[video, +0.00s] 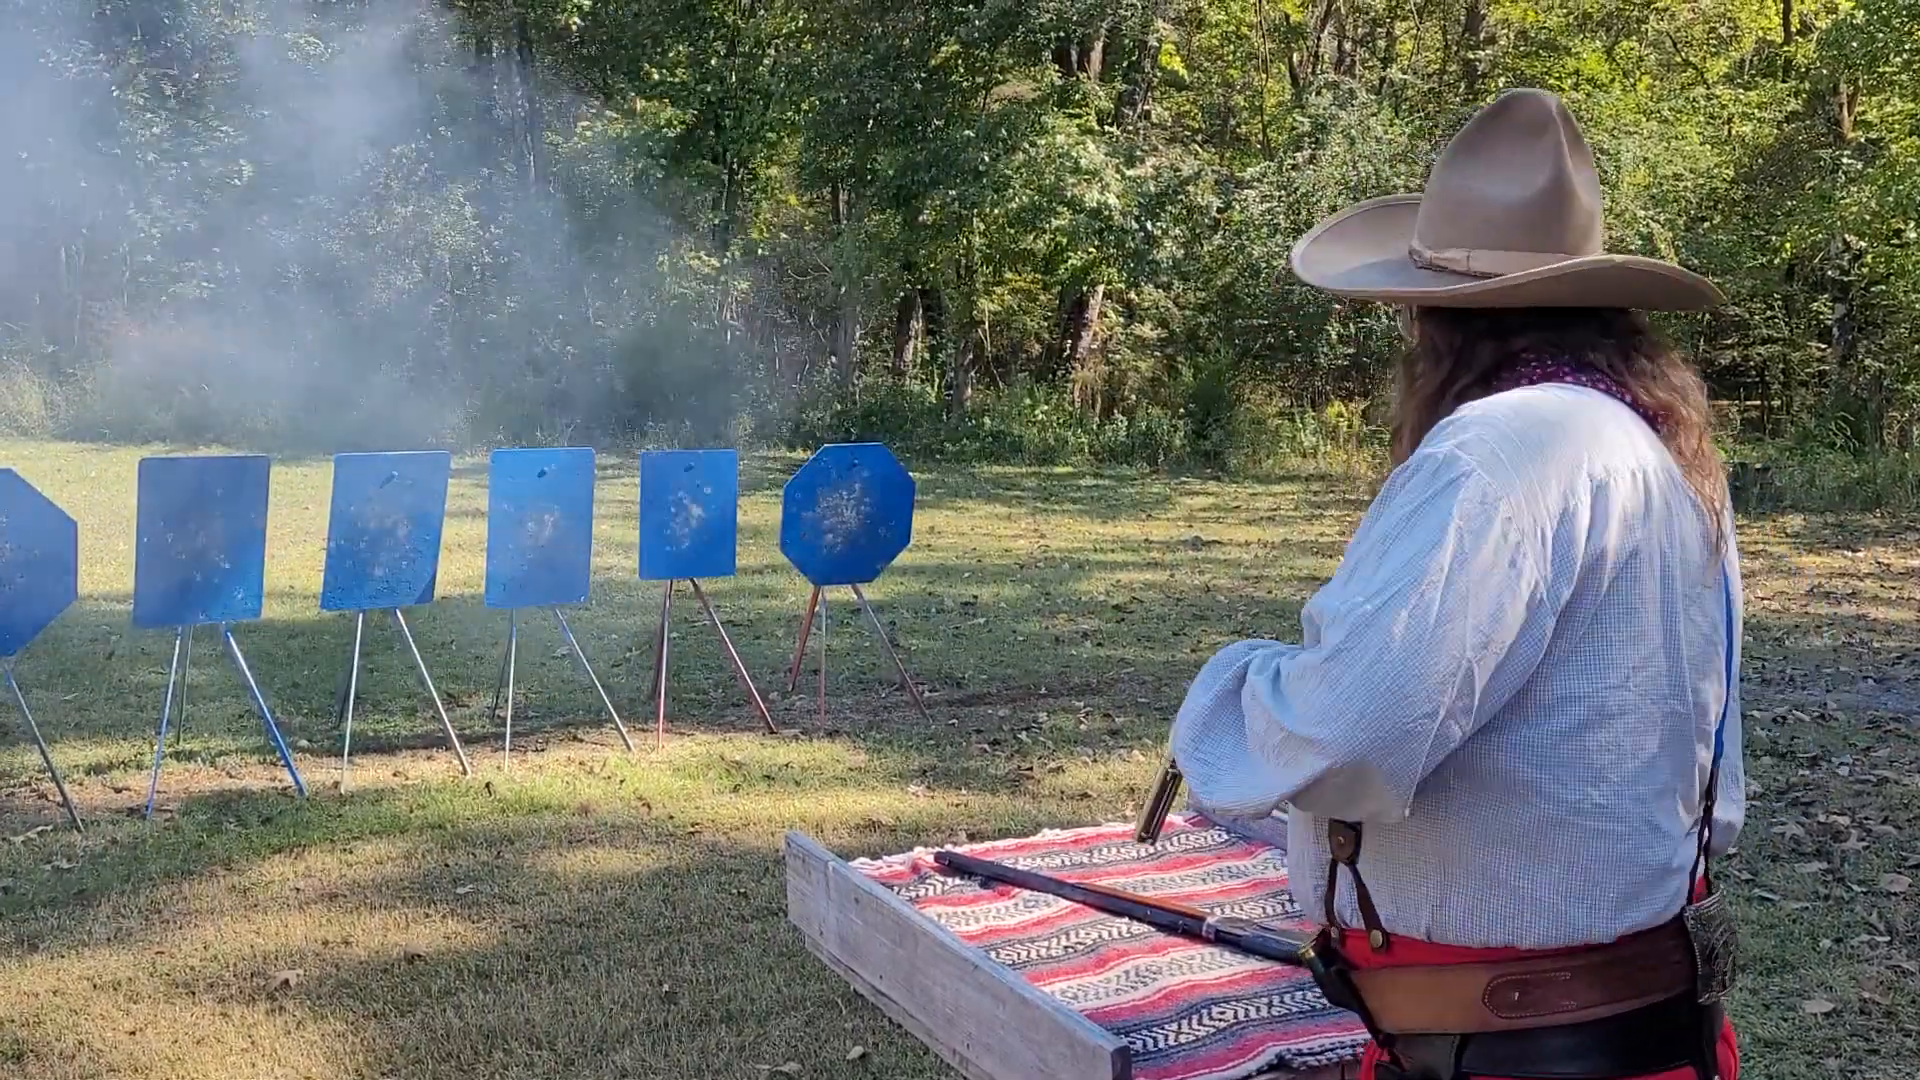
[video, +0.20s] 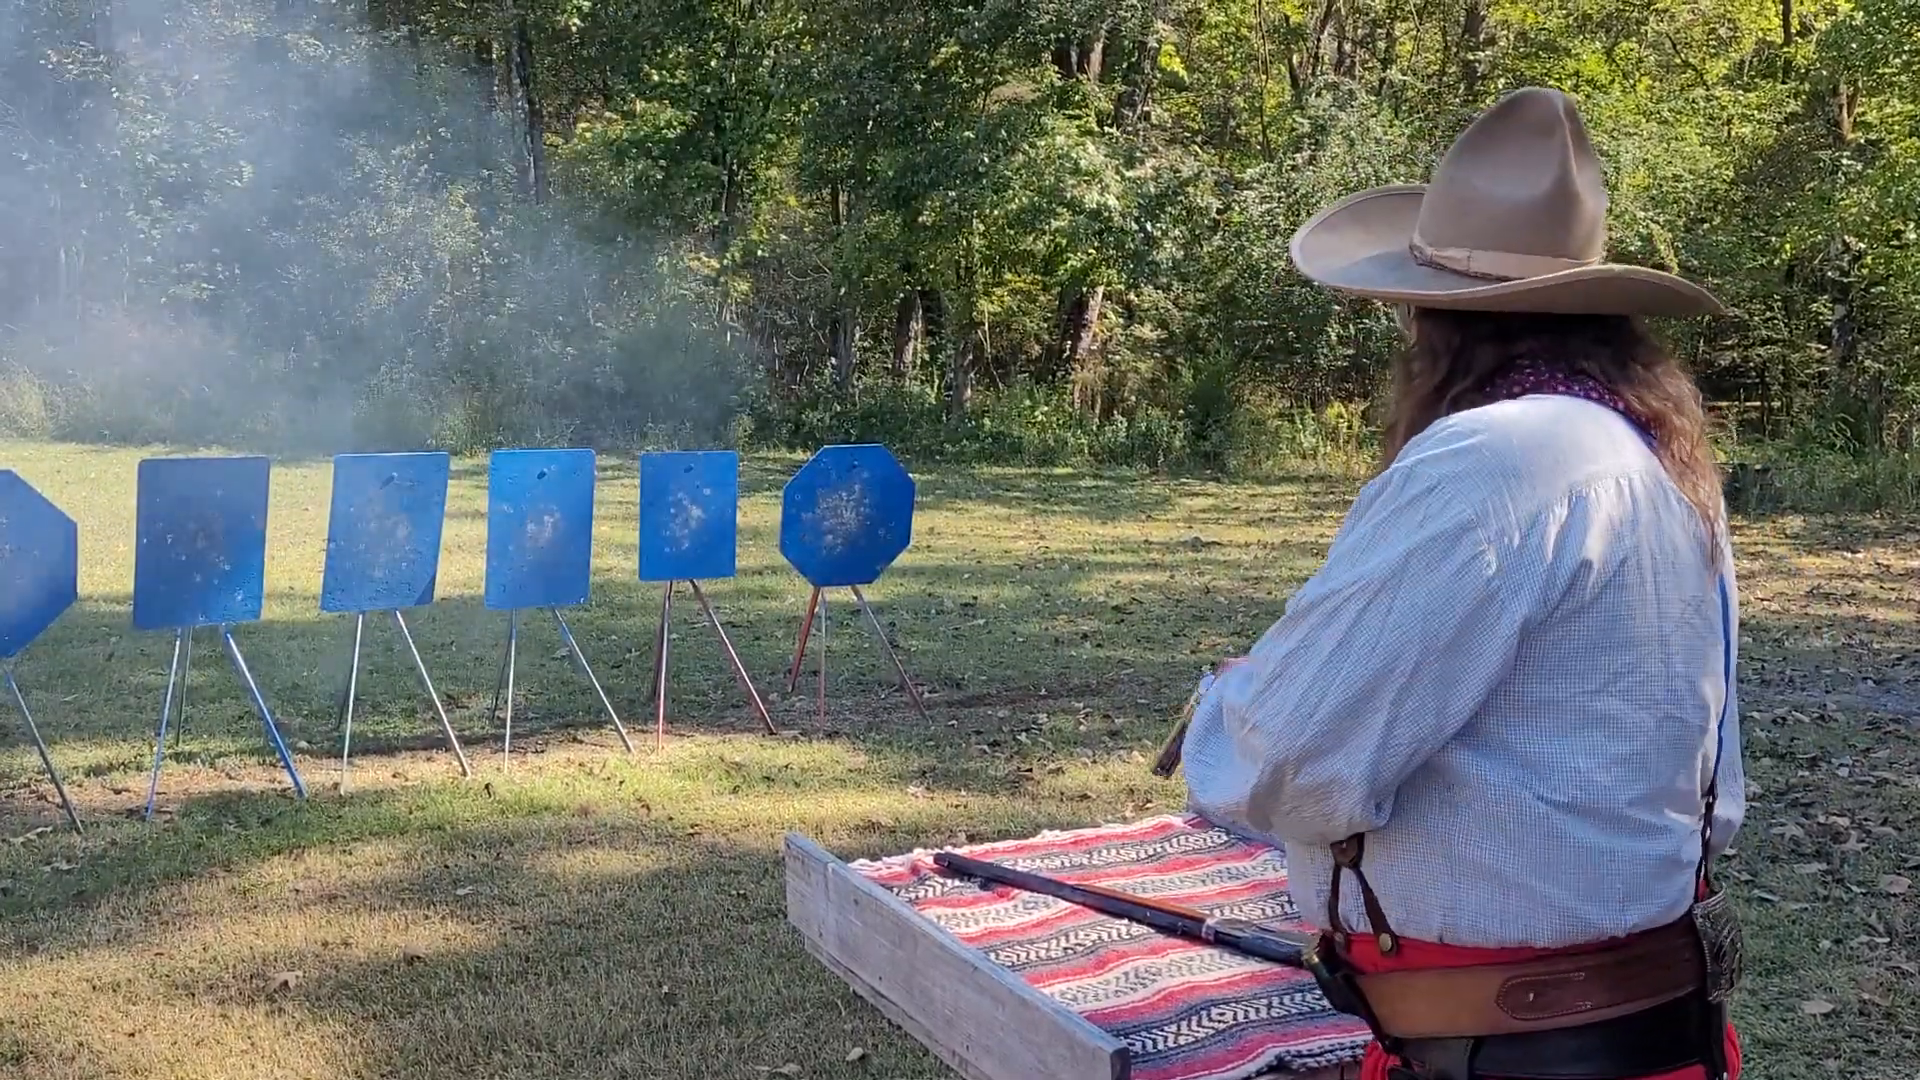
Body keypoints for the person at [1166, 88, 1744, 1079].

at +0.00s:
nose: (1406, 328)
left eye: (1417, 305)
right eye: (1410, 303)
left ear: (1457, 315)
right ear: (1589, 307)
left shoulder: (1503, 453)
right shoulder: (1665, 454)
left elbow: (1354, 737)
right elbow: (1709, 791)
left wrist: (1234, 683)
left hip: (1497, 1038)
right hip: (1639, 1006)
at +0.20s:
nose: (1403, 330)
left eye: (1414, 307)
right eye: (1409, 303)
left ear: (1447, 320)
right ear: (1588, 315)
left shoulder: (1497, 462)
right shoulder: (1661, 464)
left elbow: (1286, 761)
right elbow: (1708, 795)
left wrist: (1226, 697)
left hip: (1498, 1044)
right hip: (1646, 1005)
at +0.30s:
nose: (1400, 332)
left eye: (1411, 308)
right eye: (1406, 305)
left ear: (1442, 322)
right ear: (1586, 315)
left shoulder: (1486, 461)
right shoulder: (1665, 463)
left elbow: (1265, 757)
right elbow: (1713, 790)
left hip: (1496, 1044)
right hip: (1649, 1006)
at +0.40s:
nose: (1395, 335)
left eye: (1407, 312)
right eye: (1401, 307)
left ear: (1439, 326)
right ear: (1585, 319)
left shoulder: (1474, 464)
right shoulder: (1672, 469)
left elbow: (1261, 759)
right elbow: (1714, 791)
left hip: (1485, 1040)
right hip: (1649, 1004)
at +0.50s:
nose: (1394, 336)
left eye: (1406, 312)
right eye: (1401, 308)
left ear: (1438, 326)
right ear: (1583, 319)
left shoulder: (1479, 466)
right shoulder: (1674, 470)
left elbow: (1271, 753)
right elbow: (1714, 785)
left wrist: (1229, 680)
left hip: (1489, 1041)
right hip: (1648, 1004)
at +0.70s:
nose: (1404, 335)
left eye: (1414, 311)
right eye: (1409, 308)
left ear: (1450, 324)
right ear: (1585, 313)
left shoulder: (1498, 481)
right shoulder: (1665, 471)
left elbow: (1331, 783)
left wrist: (1200, 801)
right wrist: (1360, 638)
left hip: (1503, 1043)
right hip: (1650, 1007)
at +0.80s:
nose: (1408, 338)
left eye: (1417, 314)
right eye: (1413, 309)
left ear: (1453, 325)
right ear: (1590, 314)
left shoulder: (1510, 487)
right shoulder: (1663, 469)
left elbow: (1386, 822)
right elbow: (1578, 692)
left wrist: (1231, 861)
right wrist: (1361, 609)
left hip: (1504, 1039)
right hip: (1652, 1001)